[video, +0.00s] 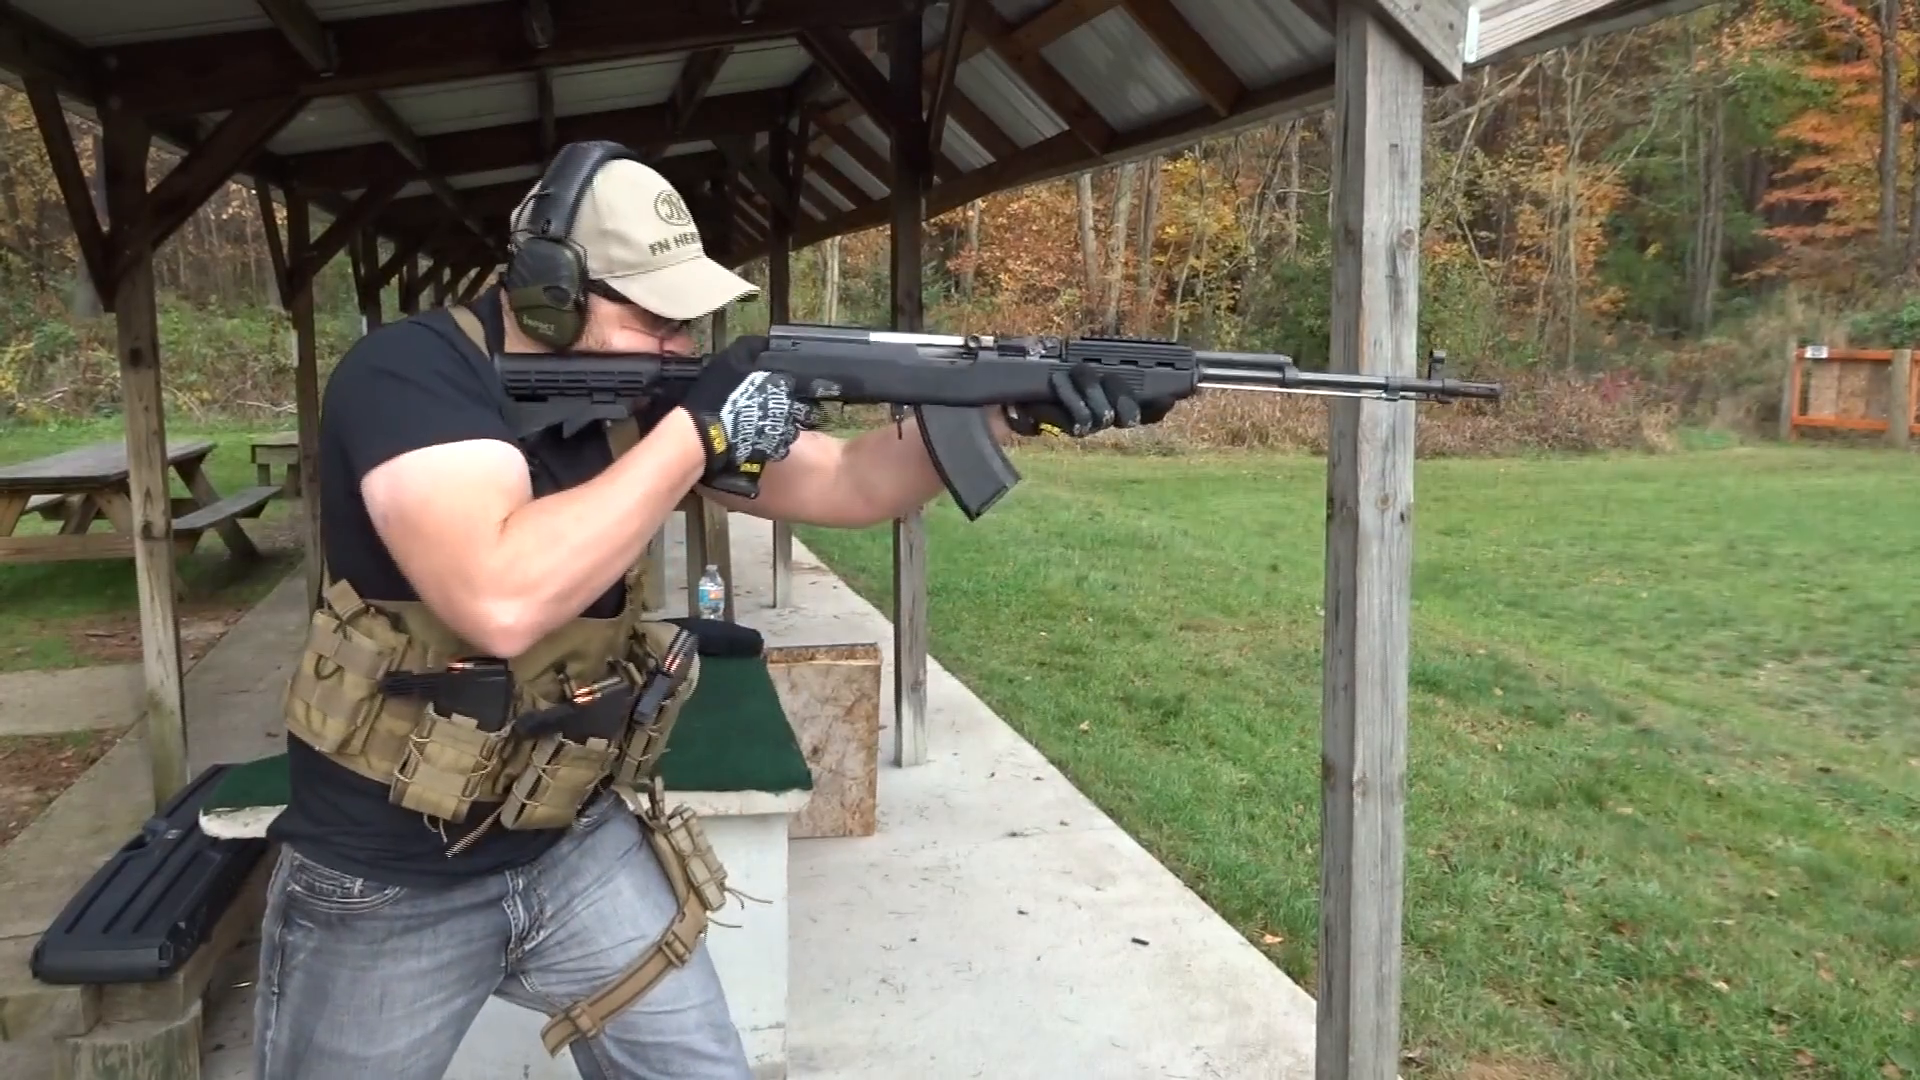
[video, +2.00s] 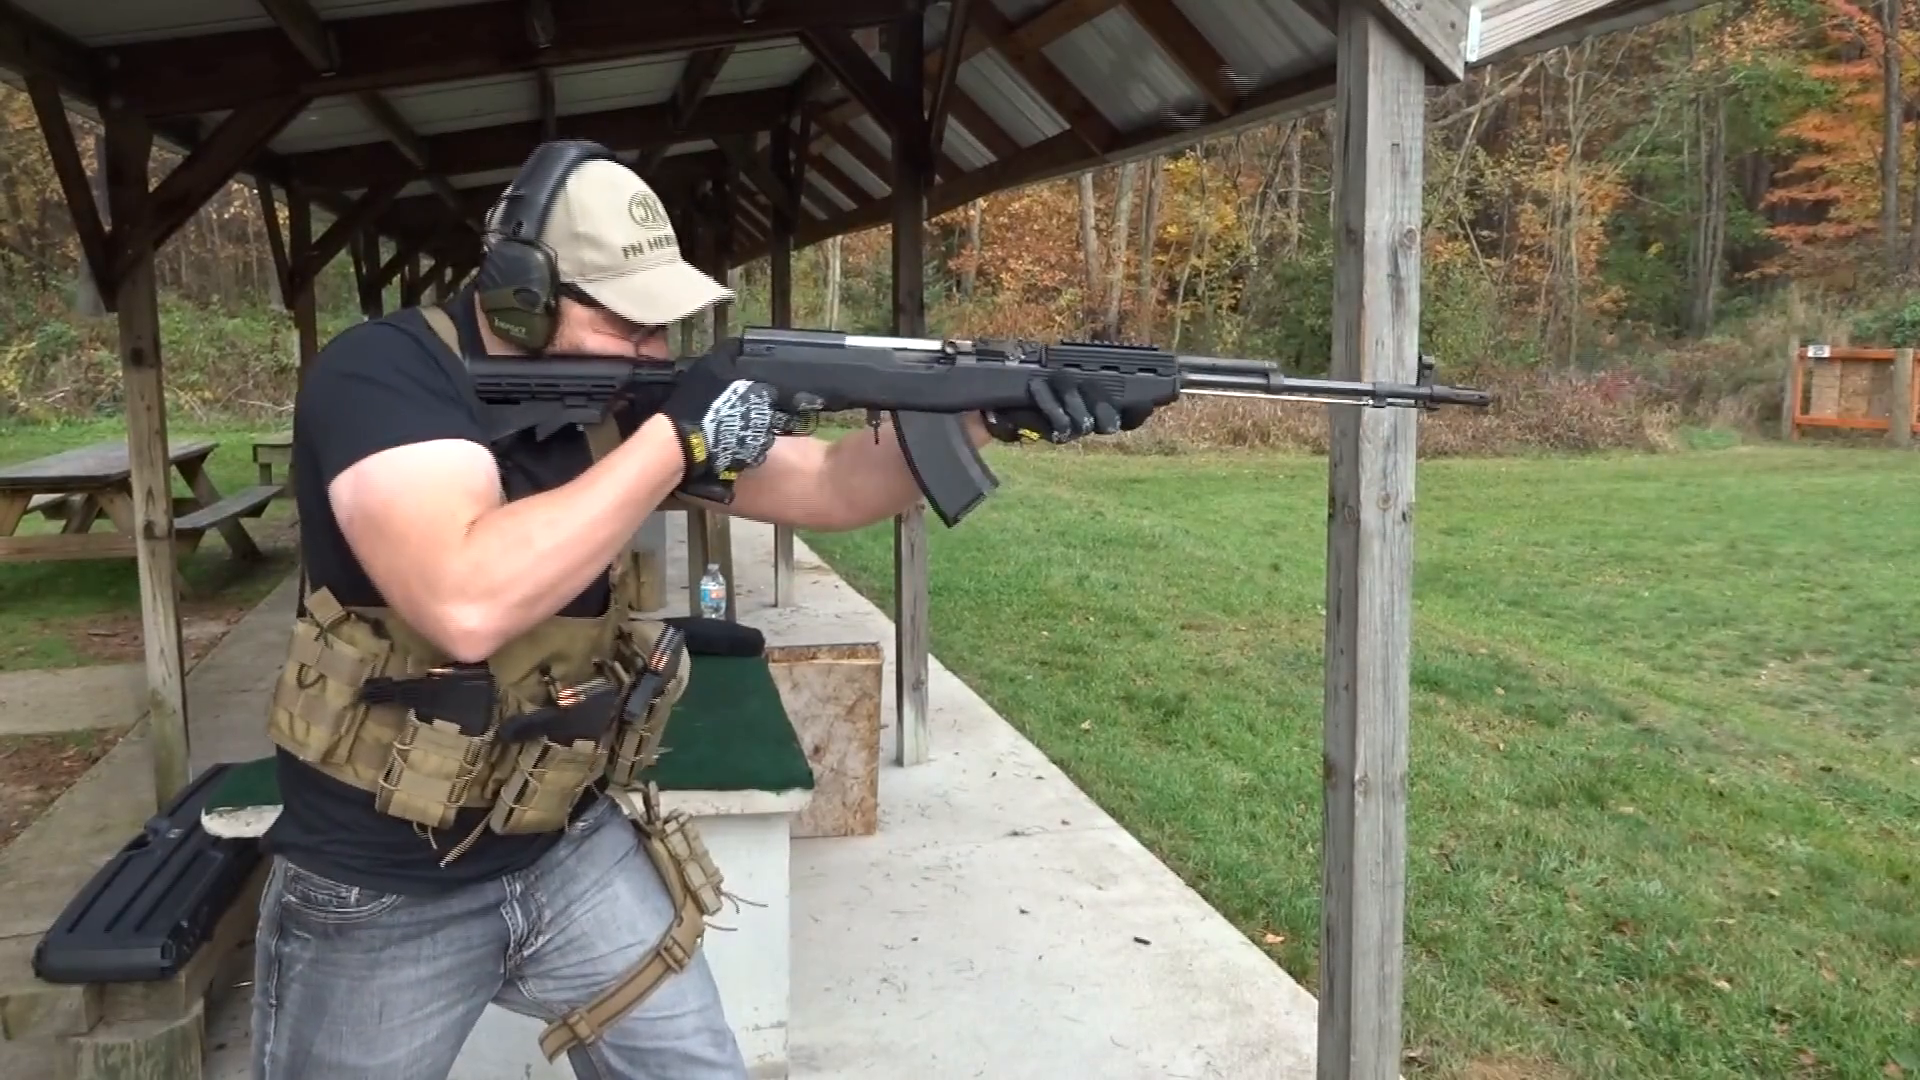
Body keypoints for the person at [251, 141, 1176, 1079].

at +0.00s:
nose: (675, 345)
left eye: (681, 322)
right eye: (649, 320)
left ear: (671, 302)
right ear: (552, 298)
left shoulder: (637, 401)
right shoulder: (401, 379)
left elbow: (853, 478)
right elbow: (502, 598)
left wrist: (1033, 395)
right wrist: (696, 426)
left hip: (581, 844)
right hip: (386, 885)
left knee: (705, 1070)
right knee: (324, 1078)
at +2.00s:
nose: (651, 352)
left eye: (658, 326)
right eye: (622, 326)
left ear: (662, 299)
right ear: (519, 302)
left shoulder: (621, 402)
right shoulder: (376, 377)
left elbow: (827, 481)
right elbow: (465, 601)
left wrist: (1012, 402)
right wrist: (678, 434)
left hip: (576, 846)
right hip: (382, 892)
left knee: (698, 1060)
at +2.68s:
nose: (642, 353)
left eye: (650, 328)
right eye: (615, 328)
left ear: (655, 300)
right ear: (516, 301)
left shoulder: (616, 402)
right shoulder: (368, 378)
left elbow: (824, 481)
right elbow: (453, 603)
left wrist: (1003, 399)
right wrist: (665, 434)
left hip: (574, 848)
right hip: (379, 894)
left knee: (699, 1064)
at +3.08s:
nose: (632, 356)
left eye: (642, 333)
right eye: (606, 331)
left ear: (648, 299)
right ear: (508, 300)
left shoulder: (613, 392)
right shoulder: (361, 381)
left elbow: (811, 483)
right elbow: (443, 604)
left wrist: (971, 408)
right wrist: (646, 437)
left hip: (575, 849)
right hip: (380, 891)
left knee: (695, 1062)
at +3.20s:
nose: (628, 352)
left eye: (638, 326)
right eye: (599, 326)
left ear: (646, 299)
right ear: (499, 297)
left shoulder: (604, 407)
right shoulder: (358, 379)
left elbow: (810, 482)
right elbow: (443, 601)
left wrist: (988, 400)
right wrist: (654, 432)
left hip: (573, 849)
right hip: (378, 894)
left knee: (695, 1066)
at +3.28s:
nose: (625, 359)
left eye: (637, 337)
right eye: (600, 333)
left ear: (645, 302)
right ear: (508, 297)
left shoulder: (609, 390)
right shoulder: (355, 381)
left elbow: (810, 486)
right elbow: (437, 604)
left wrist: (968, 404)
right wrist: (640, 434)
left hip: (576, 852)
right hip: (378, 896)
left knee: (694, 1064)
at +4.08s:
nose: (769, 266)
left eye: (772, 237)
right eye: (738, 238)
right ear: (634, 229)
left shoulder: (761, 369)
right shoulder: (509, 376)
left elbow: (931, 495)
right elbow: (544, 631)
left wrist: (1024, 448)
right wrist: (774, 490)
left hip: (719, 825)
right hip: (522, 860)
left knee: (798, 1065)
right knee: (470, 1068)